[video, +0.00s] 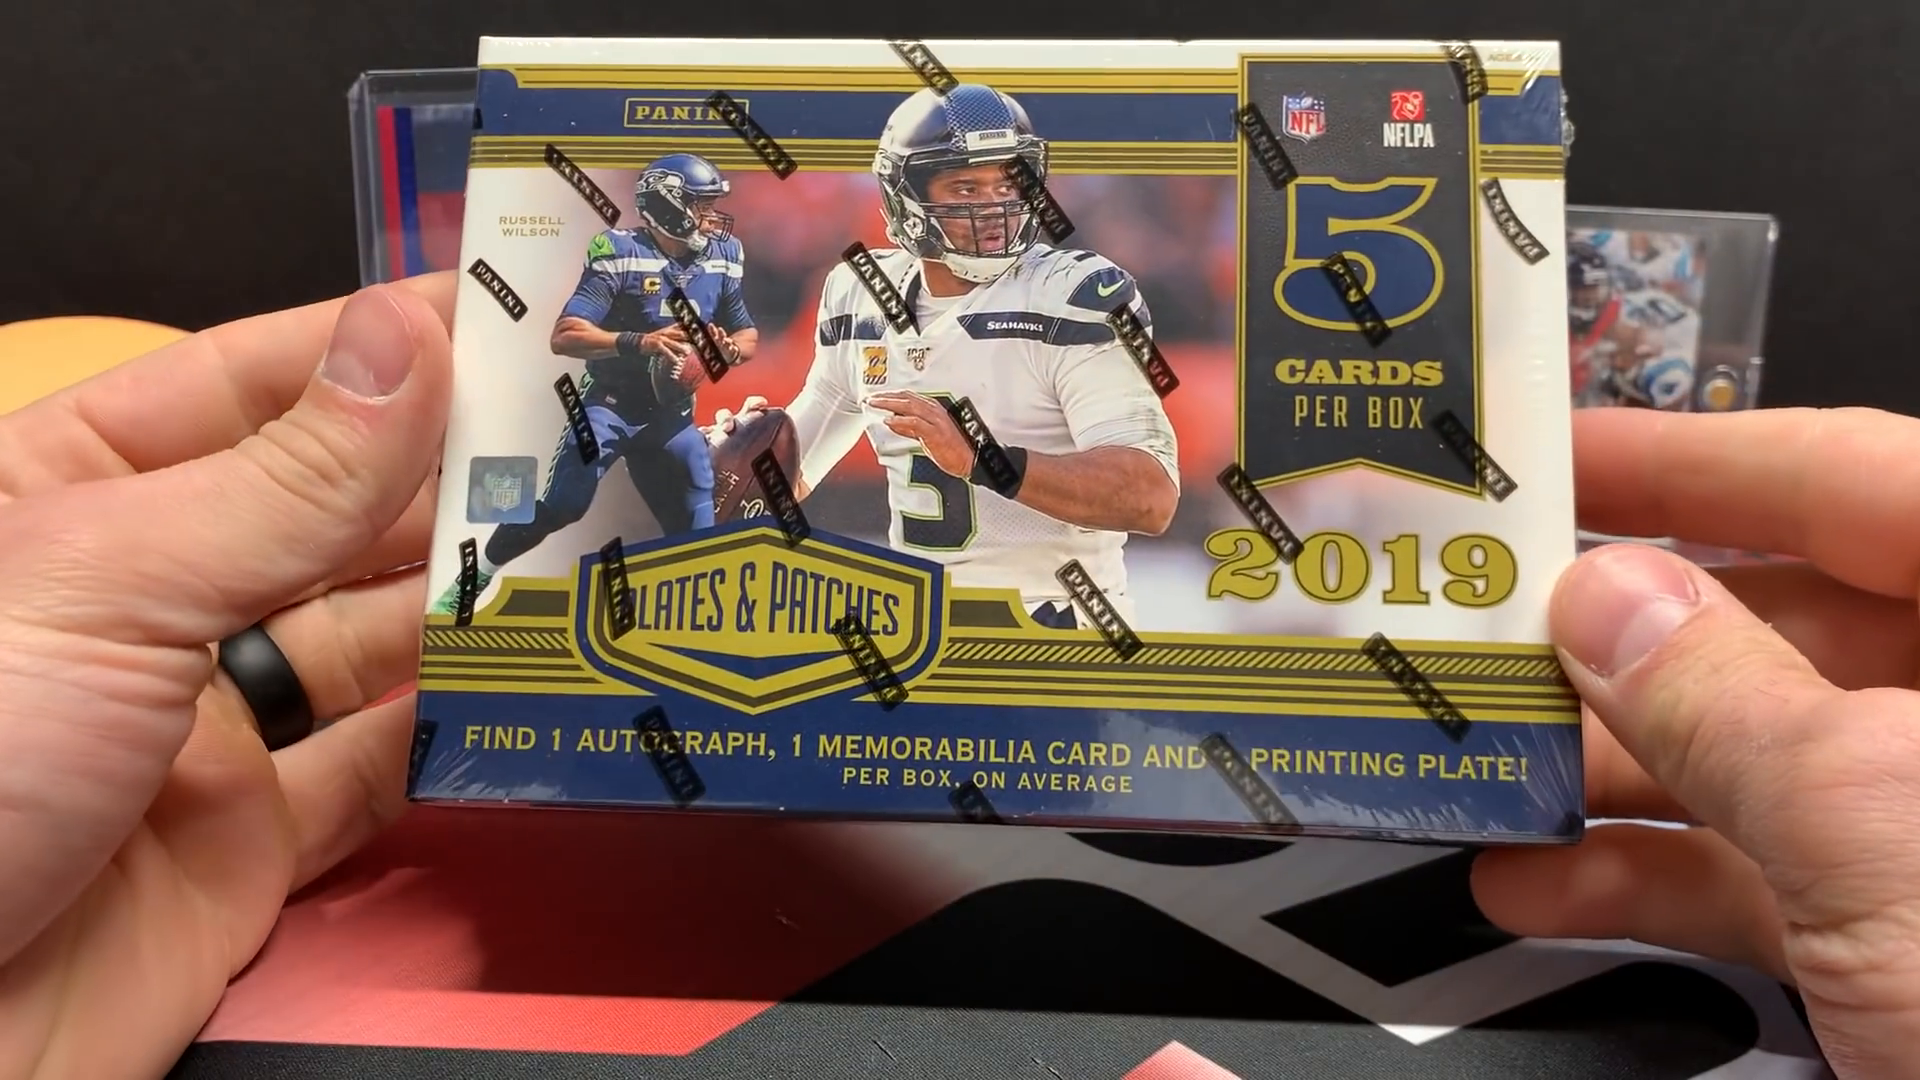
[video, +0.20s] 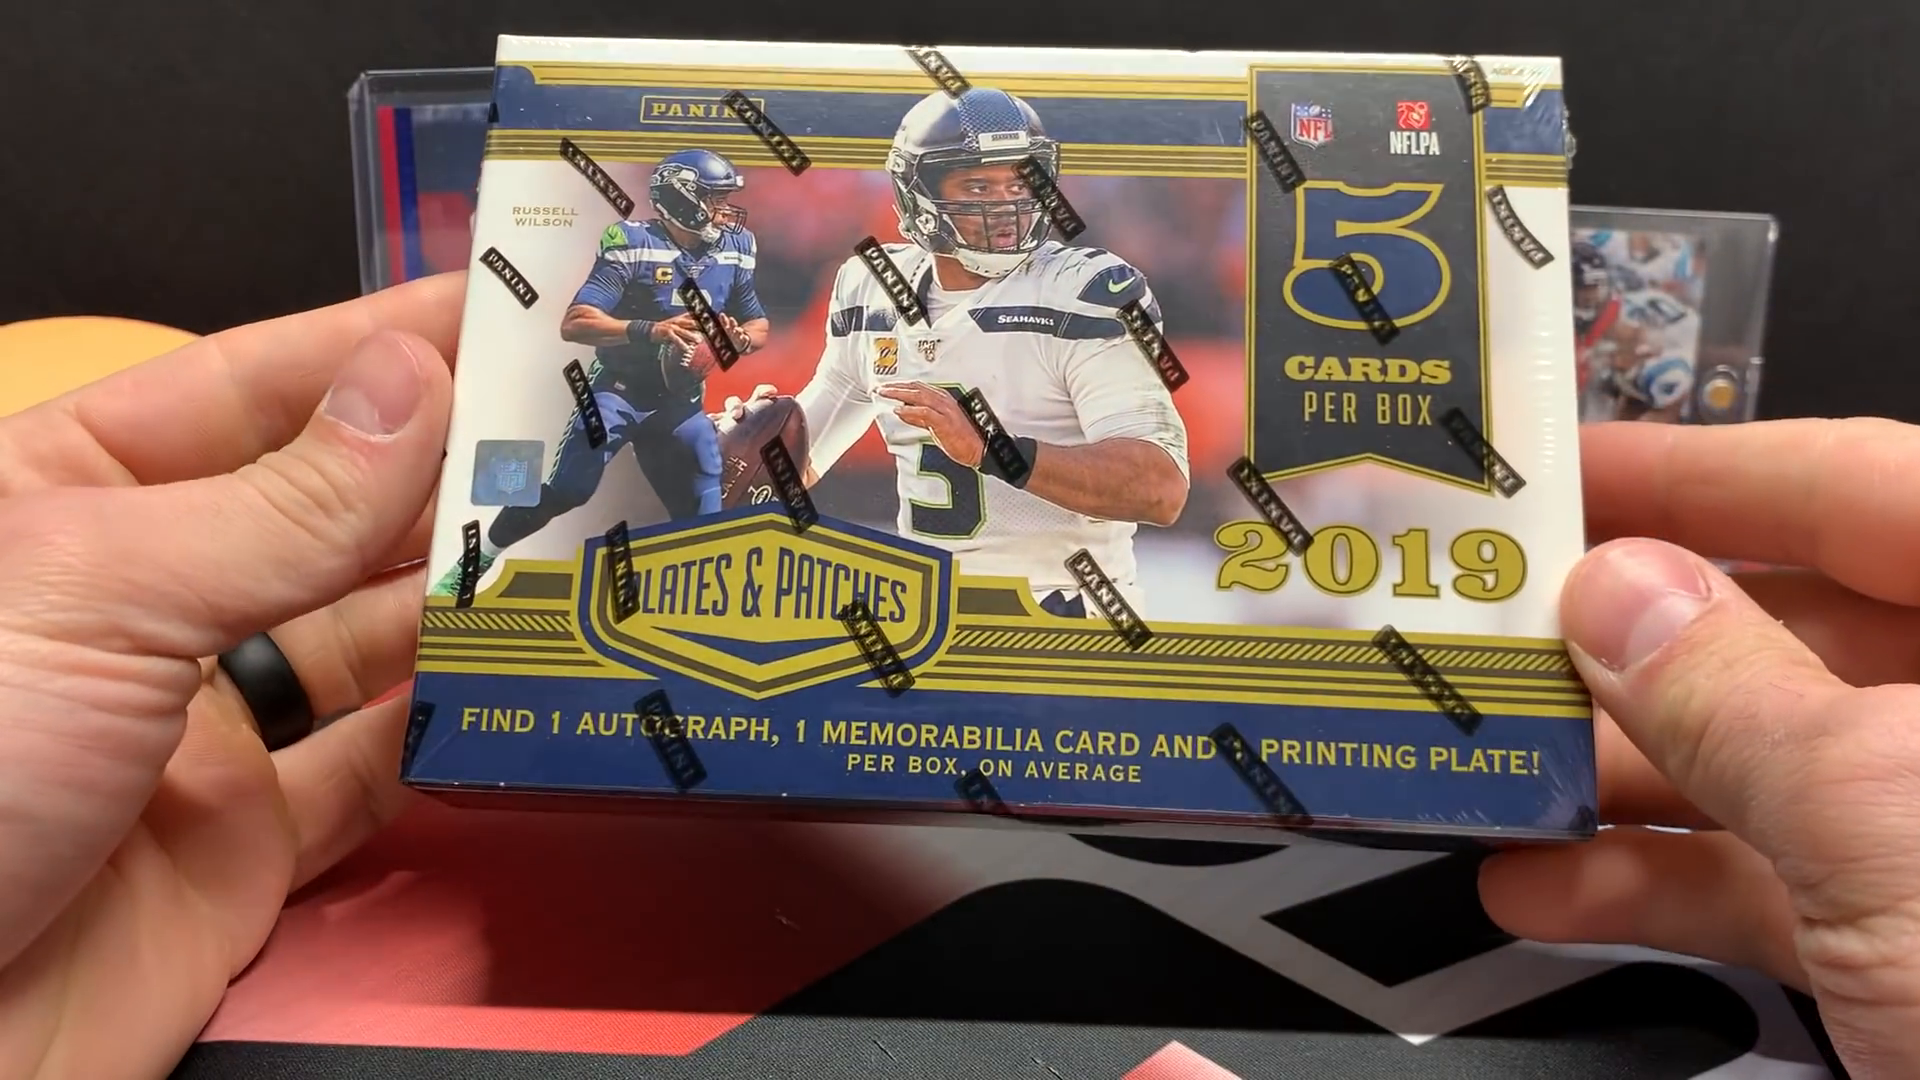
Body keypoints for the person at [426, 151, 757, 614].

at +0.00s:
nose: (712, 215)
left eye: (712, 204)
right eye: (701, 204)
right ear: (666, 206)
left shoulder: (724, 253)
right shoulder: (615, 251)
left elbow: (747, 336)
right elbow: (565, 336)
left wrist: (727, 348)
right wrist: (640, 342)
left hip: (672, 414)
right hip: (608, 406)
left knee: (699, 531)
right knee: (564, 504)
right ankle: (480, 570)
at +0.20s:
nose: (727, 209)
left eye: (727, 199)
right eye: (717, 200)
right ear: (684, 200)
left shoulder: (736, 246)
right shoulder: (629, 241)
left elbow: (760, 328)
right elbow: (575, 324)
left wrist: (737, 336)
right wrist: (651, 330)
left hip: (680, 403)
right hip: (615, 392)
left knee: (705, 517)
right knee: (570, 488)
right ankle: (481, 552)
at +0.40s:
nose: (739, 216)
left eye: (739, 206)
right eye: (729, 207)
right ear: (694, 208)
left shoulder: (748, 251)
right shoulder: (638, 246)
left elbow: (771, 332)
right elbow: (584, 327)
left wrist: (749, 339)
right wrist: (662, 333)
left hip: (690, 405)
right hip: (625, 395)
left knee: (716, 525)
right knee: (579, 490)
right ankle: (485, 557)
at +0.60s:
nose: (736, 216)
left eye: (736, 206)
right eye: (726, 206)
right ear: (690, 208)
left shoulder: (746, 252)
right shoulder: (636, 248)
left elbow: (769, 336)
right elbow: (583, 331)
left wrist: (747, 344)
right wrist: (659, 337)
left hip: (691, 412)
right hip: (625, 401)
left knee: (715, 530)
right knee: (578, 498)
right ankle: (488, 563)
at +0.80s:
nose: (730, 219)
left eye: (731, 208)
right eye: (720, 208)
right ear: (685, 210)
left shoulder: (745, 257)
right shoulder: (633, 253)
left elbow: (767, 343)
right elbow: (582, 340)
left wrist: (747, 354)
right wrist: (659, 346)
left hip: (691, 422)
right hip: (625, 413)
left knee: (718, 542)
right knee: (580, 512)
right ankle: (496, 577)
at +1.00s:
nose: (725, 225)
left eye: (726, 214)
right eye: (714, 214)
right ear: (678, 215)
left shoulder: (739, 263)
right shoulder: (629, 260)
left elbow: (761, 349)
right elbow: (578, 347)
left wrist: (743, 362)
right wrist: (652, 353)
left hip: (686, 428)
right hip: (621, 420)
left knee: (714, 548)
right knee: (577, 520)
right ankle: (493, 586)